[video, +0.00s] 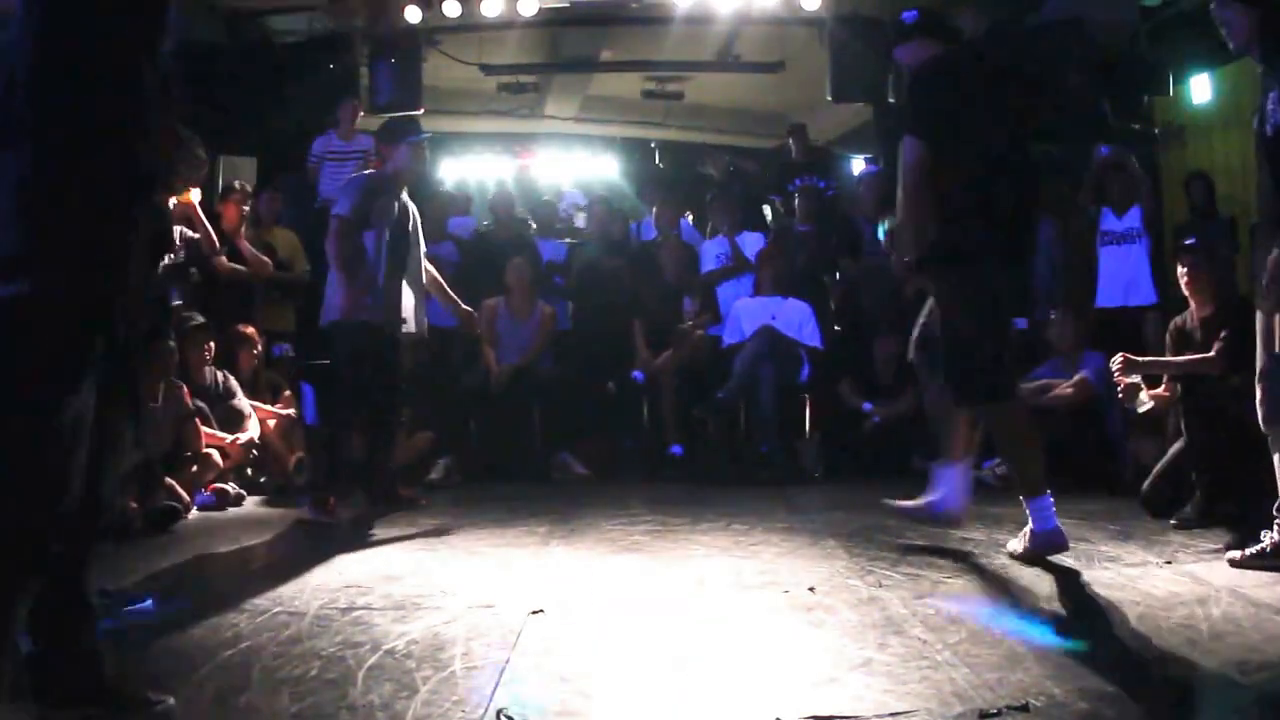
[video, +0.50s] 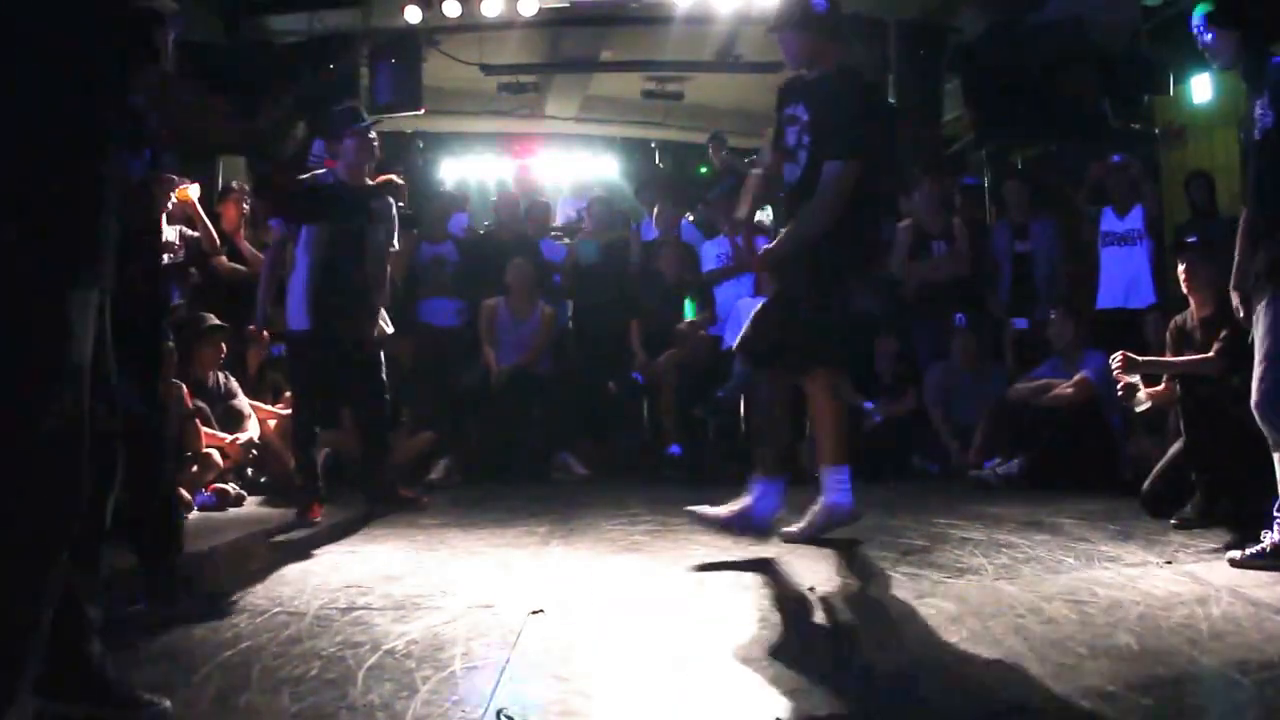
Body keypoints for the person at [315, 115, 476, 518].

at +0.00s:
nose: (422, 155)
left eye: (422, 147)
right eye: (413, 147)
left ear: (409, 152)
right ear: (387, 150)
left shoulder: (406, 207)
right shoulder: (363, 186)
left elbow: (421, 267)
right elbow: (338, 236)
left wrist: (458, 307)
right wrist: (353, 288)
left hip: (391, 323)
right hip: (353, 320)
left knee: (387, 407)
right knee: (343, 407)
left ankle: (382, 486)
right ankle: (331, 492)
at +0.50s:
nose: (369, 149)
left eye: (373, 142)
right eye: (360, 141)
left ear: (377, 151)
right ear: (337, 147)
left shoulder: (383, 202)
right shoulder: (308, 189)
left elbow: (384, 263)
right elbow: (277, 250)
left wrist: (379, 311)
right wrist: (263, 312)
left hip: (361, 321)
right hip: (308, 320)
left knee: (375, 409)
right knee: (306, 413)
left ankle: (379, 486)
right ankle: (309, 496)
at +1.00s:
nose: (331, 145)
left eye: (338, 138)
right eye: (324, 136)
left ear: (346, 142)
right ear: (306, 137)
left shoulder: (360, 185)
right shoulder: (278, 186)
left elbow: (408, 164)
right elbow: (254, 252)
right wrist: (249, 316)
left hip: (343, 317)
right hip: (291, 317)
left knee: (344, 411)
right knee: (296, 409)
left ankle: (345, 505)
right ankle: (308, 496)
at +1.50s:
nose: (350, 120)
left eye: (354, 113)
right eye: (341, 111)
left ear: (356, 121)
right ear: (316, 115)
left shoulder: (366, 161)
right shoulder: (284, 166)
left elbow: (416, 143)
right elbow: (254, 230)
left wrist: (470, 119)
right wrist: (242, 288)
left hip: (349, 306)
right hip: (293, 305)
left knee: (345, 414)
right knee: (290, 417)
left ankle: (342, 511)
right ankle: (291, 513)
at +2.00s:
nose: (362, 134)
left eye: (363, 125)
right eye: (357, 124)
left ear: (344, 124)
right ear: (332, 120)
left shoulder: (339, 173)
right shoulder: (298, 170)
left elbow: (340, 249)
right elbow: (288, 249)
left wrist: (354, 307)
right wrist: (293, 317)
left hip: (339, 315)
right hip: (300, 316)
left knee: (359, 402)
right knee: (294, 416)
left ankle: (339, 493)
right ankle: (290, 514)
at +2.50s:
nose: (404, 175)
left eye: (405, 168)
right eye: (403, 166)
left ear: (375, 151)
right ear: (390, 155)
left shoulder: (325, 187)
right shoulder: (371, 172)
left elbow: (310, 245)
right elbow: (369, 220)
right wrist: (420, 269)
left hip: (317, 308)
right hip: (345, 309)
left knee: (337, 407)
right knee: (338, 407)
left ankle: (343, 489)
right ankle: (307, 496)